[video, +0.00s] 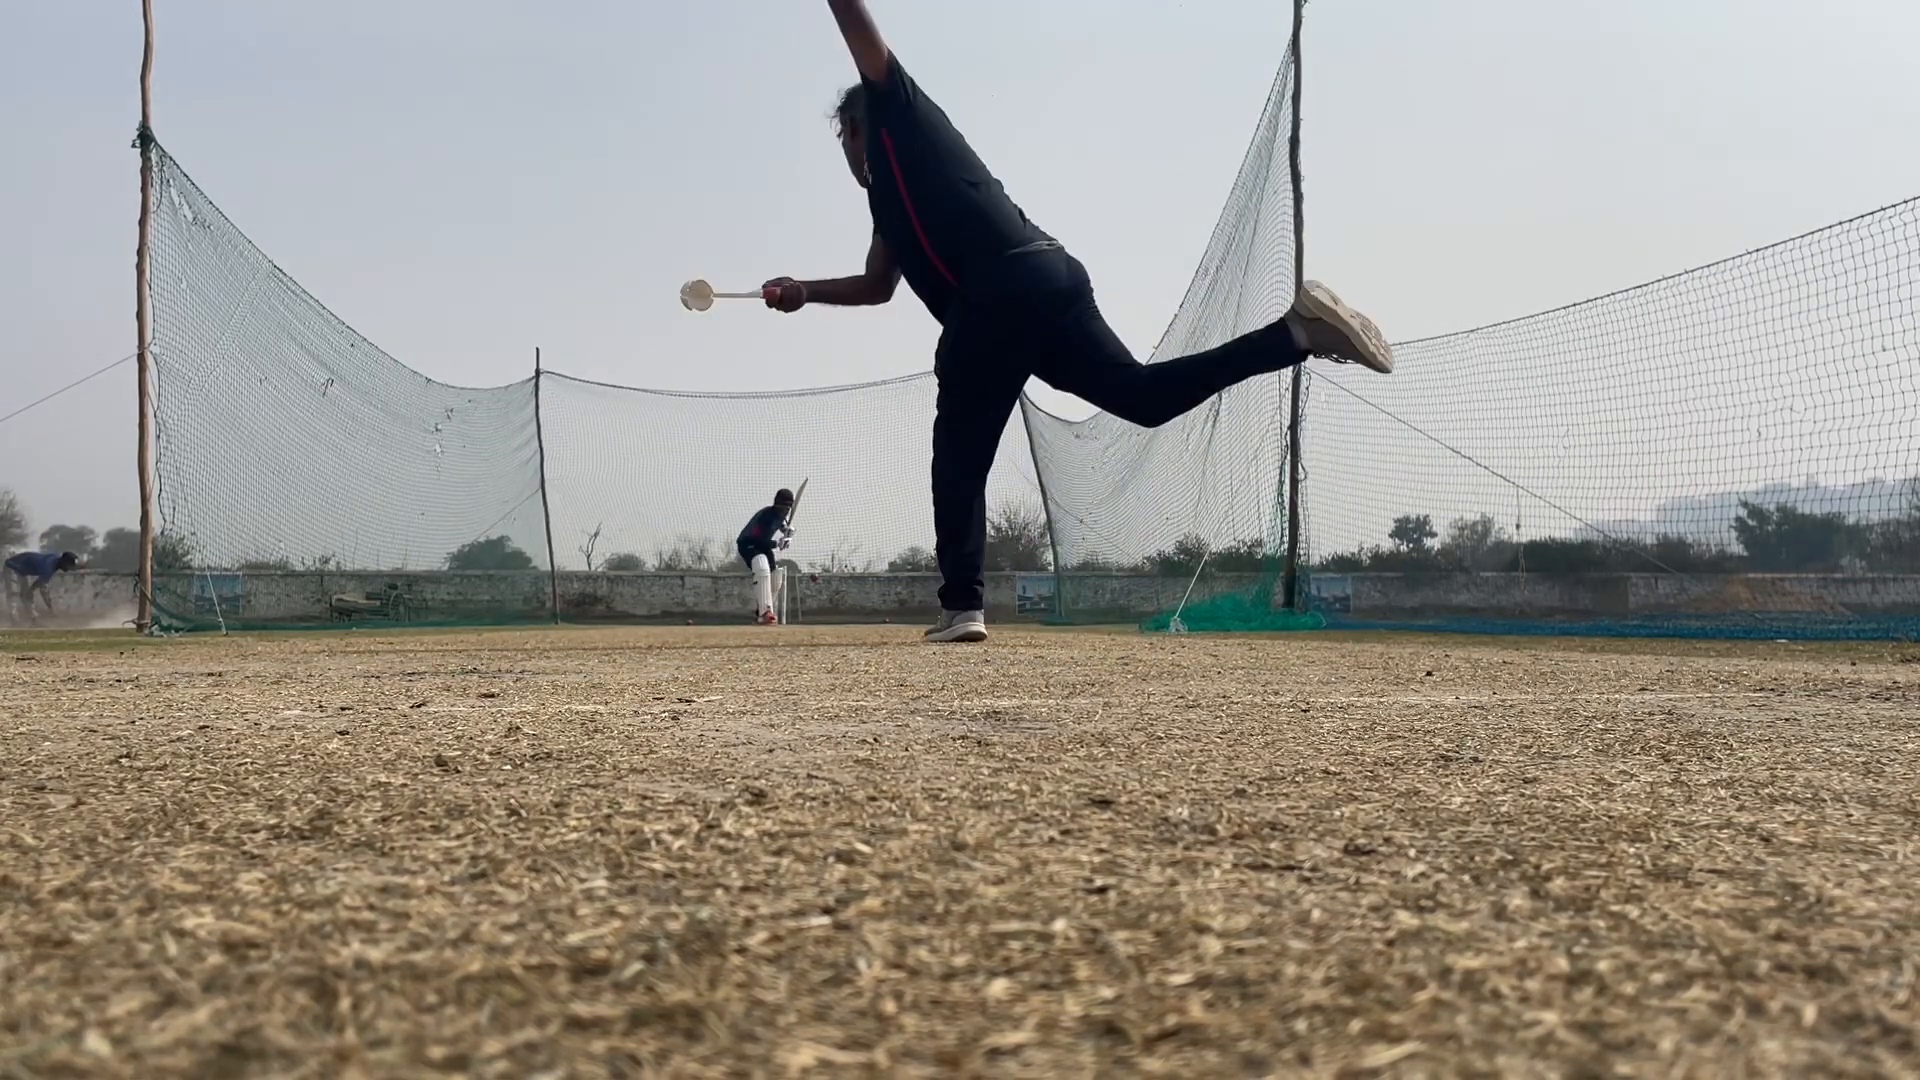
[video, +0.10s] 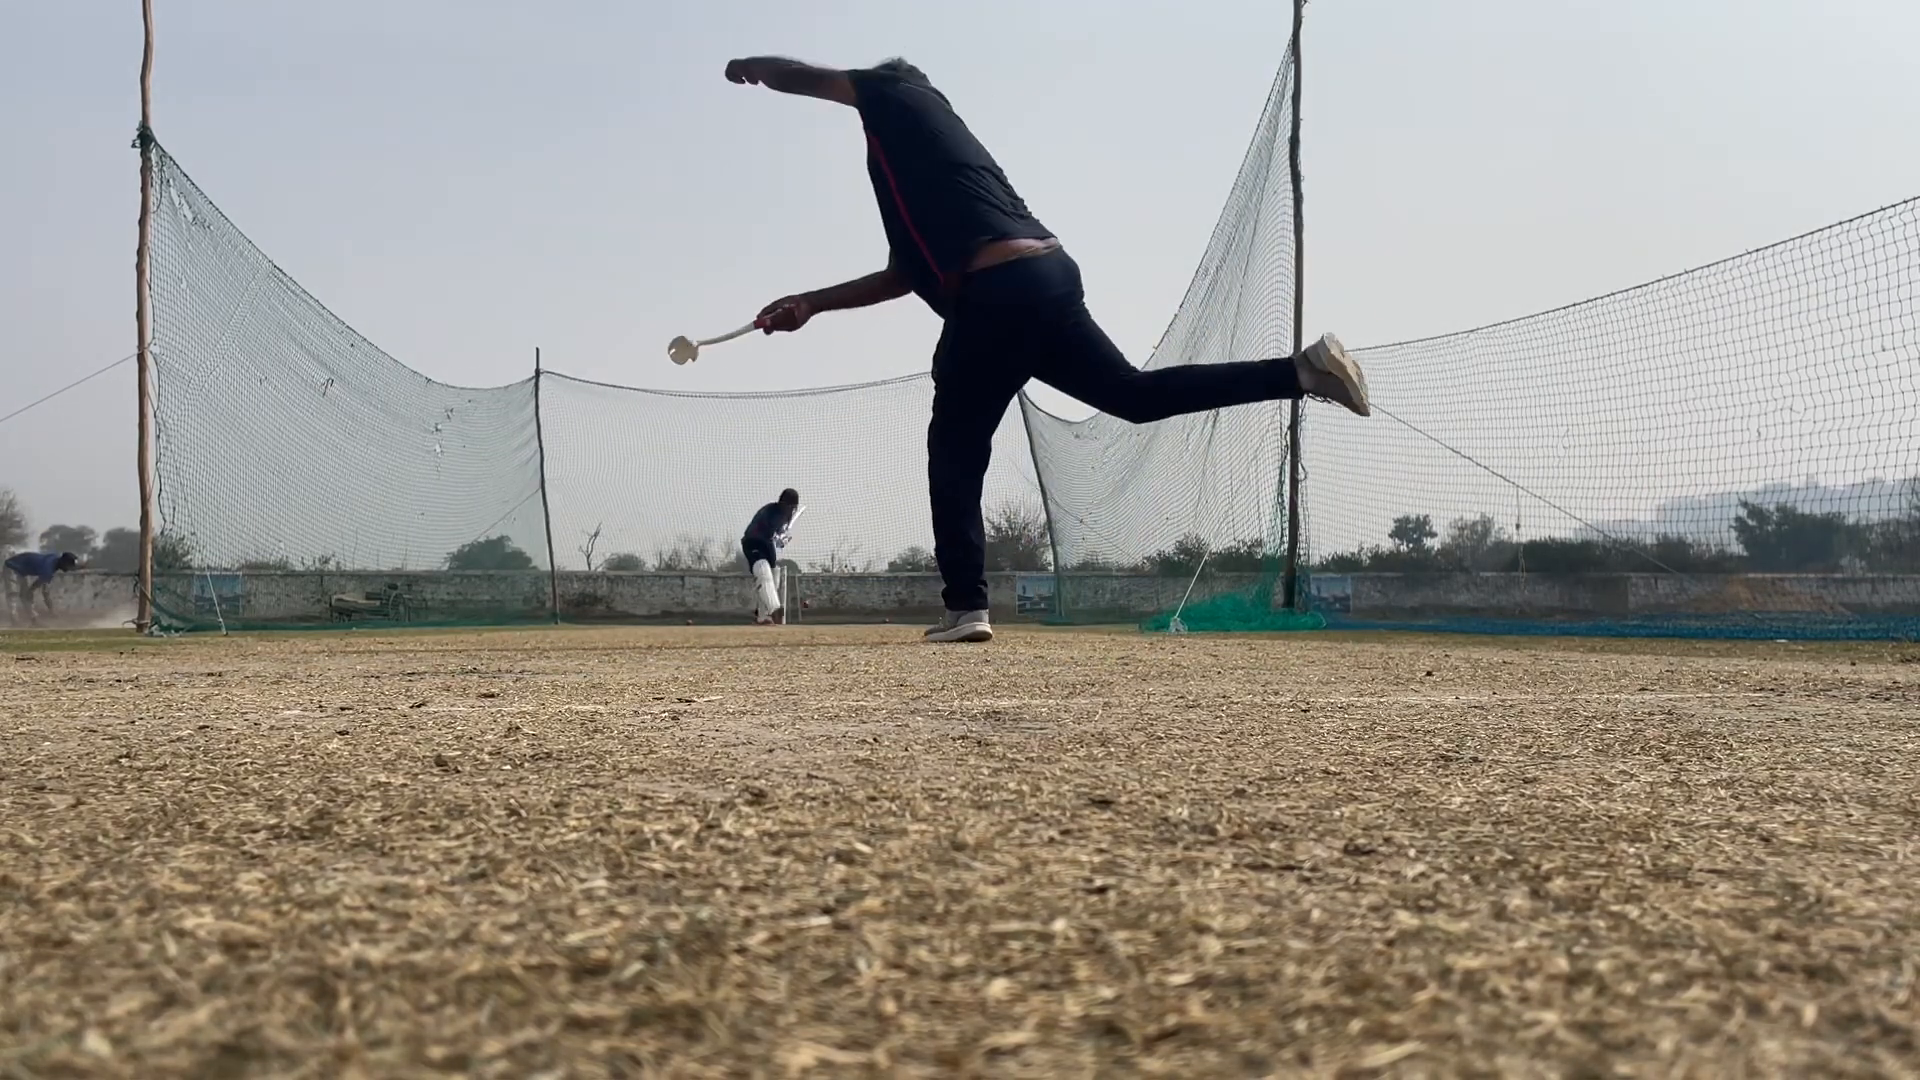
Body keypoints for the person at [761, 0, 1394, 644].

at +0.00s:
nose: (847, 156)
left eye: (846, 140)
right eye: (843, 146)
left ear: (864, 121)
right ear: (869, 137)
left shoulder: (896, 105)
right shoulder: (891, 204)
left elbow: (850, 11)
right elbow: (874, 287)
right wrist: (802, 291)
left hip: (994, 302)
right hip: (1046, 283)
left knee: (959, 466)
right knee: (1144, 399)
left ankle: (962, 612)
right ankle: (1298, 333)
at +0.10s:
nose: (857, 109)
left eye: (862, 96)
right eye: (863, 107)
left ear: (884, 88)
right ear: (918, 104)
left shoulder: (897, 96)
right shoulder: (922, 182)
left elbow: (798, 76)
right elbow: (899, 279)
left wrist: (748, 71)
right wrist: (809, 303)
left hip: (991, 295)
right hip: (1049, 281)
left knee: (954, 457)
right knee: (1133, 396)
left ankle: (964, 611)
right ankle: (1303, 373)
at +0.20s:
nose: (873, 87)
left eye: (876, 79)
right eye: (881, 79)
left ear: (883, 76)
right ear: (936, 82)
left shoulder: (878, 102)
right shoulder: (962, 127)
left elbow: (824, 194)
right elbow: (964, 261)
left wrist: (783, 255)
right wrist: (886, 322)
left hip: (984, 298)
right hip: (1048, 279)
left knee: (945, 458)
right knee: (1108, 403)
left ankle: (965, 611)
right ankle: (1258, 468)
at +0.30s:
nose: (882, 89)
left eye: (881, 80)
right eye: (886, 81)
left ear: (886, 77)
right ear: (943, 74)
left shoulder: (882, 117)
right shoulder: (981, 117)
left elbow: (870, 234)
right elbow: (995, 217)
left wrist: (855, 342)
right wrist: (952, 306)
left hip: (975, 301)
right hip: (1044, 285)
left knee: (939, 454)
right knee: (1090, 419)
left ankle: (965, 611)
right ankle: (1161, 563)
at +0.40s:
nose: (893, 87)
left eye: (892, 78)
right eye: (895, 80)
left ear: (900, 76)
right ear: (954, 72)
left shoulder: (898, 119)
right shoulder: (1001, 115)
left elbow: (918, 187)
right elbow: (1064, 210)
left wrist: (924, 268)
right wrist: (1052, 277)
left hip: (969, 308)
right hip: (1035, 300)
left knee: (938, 459)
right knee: (1062, 445)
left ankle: (965, 613)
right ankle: (1115, 603)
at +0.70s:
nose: (938, 77)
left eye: (939, 68)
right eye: (943, 70)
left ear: (946, 65)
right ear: (1003, 68)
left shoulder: (933, 109)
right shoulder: (1043, 121)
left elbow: (919, 207)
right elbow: (1072, 238)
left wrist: (882, 313)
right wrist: (1033, 292)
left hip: (973, 316)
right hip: (1048, 313)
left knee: (946, 462)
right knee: (1075, 457)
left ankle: (965, 614)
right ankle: (1121, 608)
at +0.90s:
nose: (973, 76)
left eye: (972, 67)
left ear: (970, 66)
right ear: (1031, 70)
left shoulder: (945, 110)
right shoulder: (1069, 123)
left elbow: (889, 215)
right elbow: (1101, 237)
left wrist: (901, 243)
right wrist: (1076, 297)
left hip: (987, 311)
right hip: (1066, 310)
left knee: (958, 460)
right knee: (1086, 456)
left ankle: (966, 613)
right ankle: (1122, 610)